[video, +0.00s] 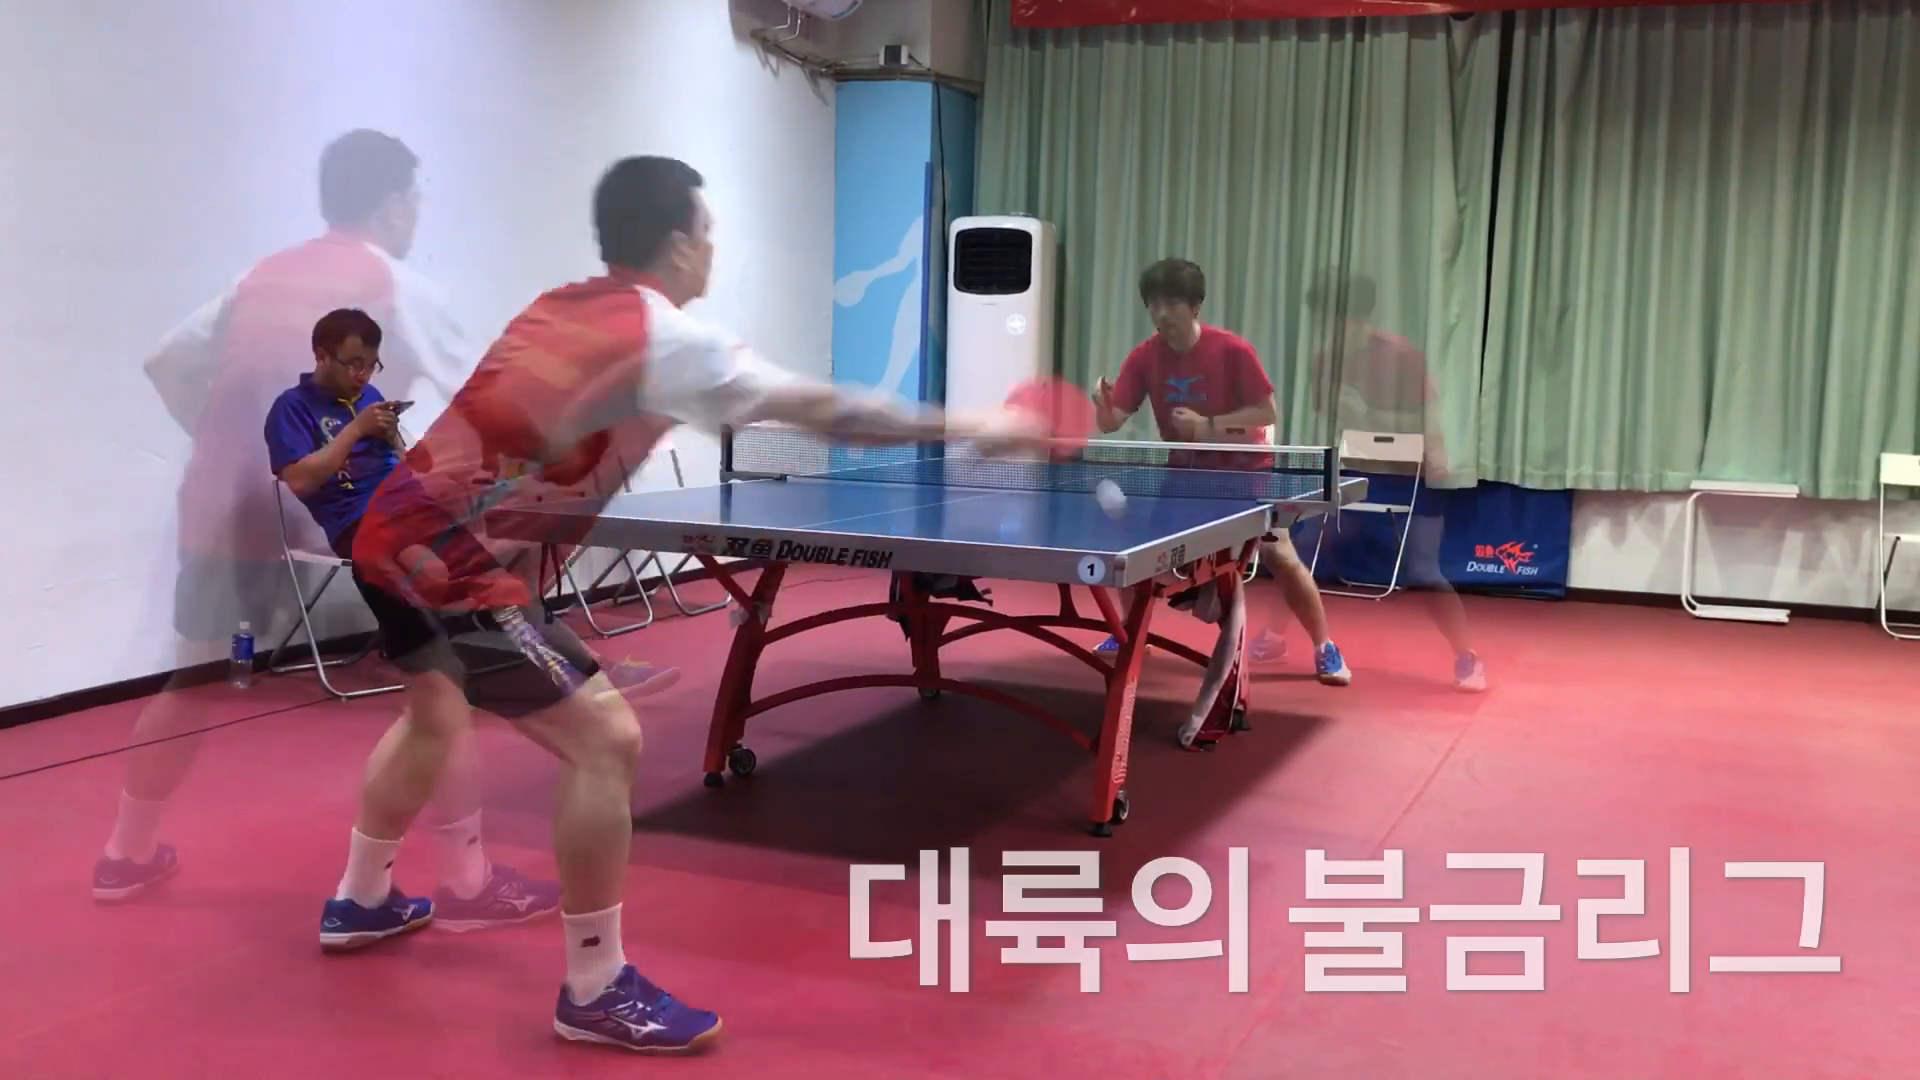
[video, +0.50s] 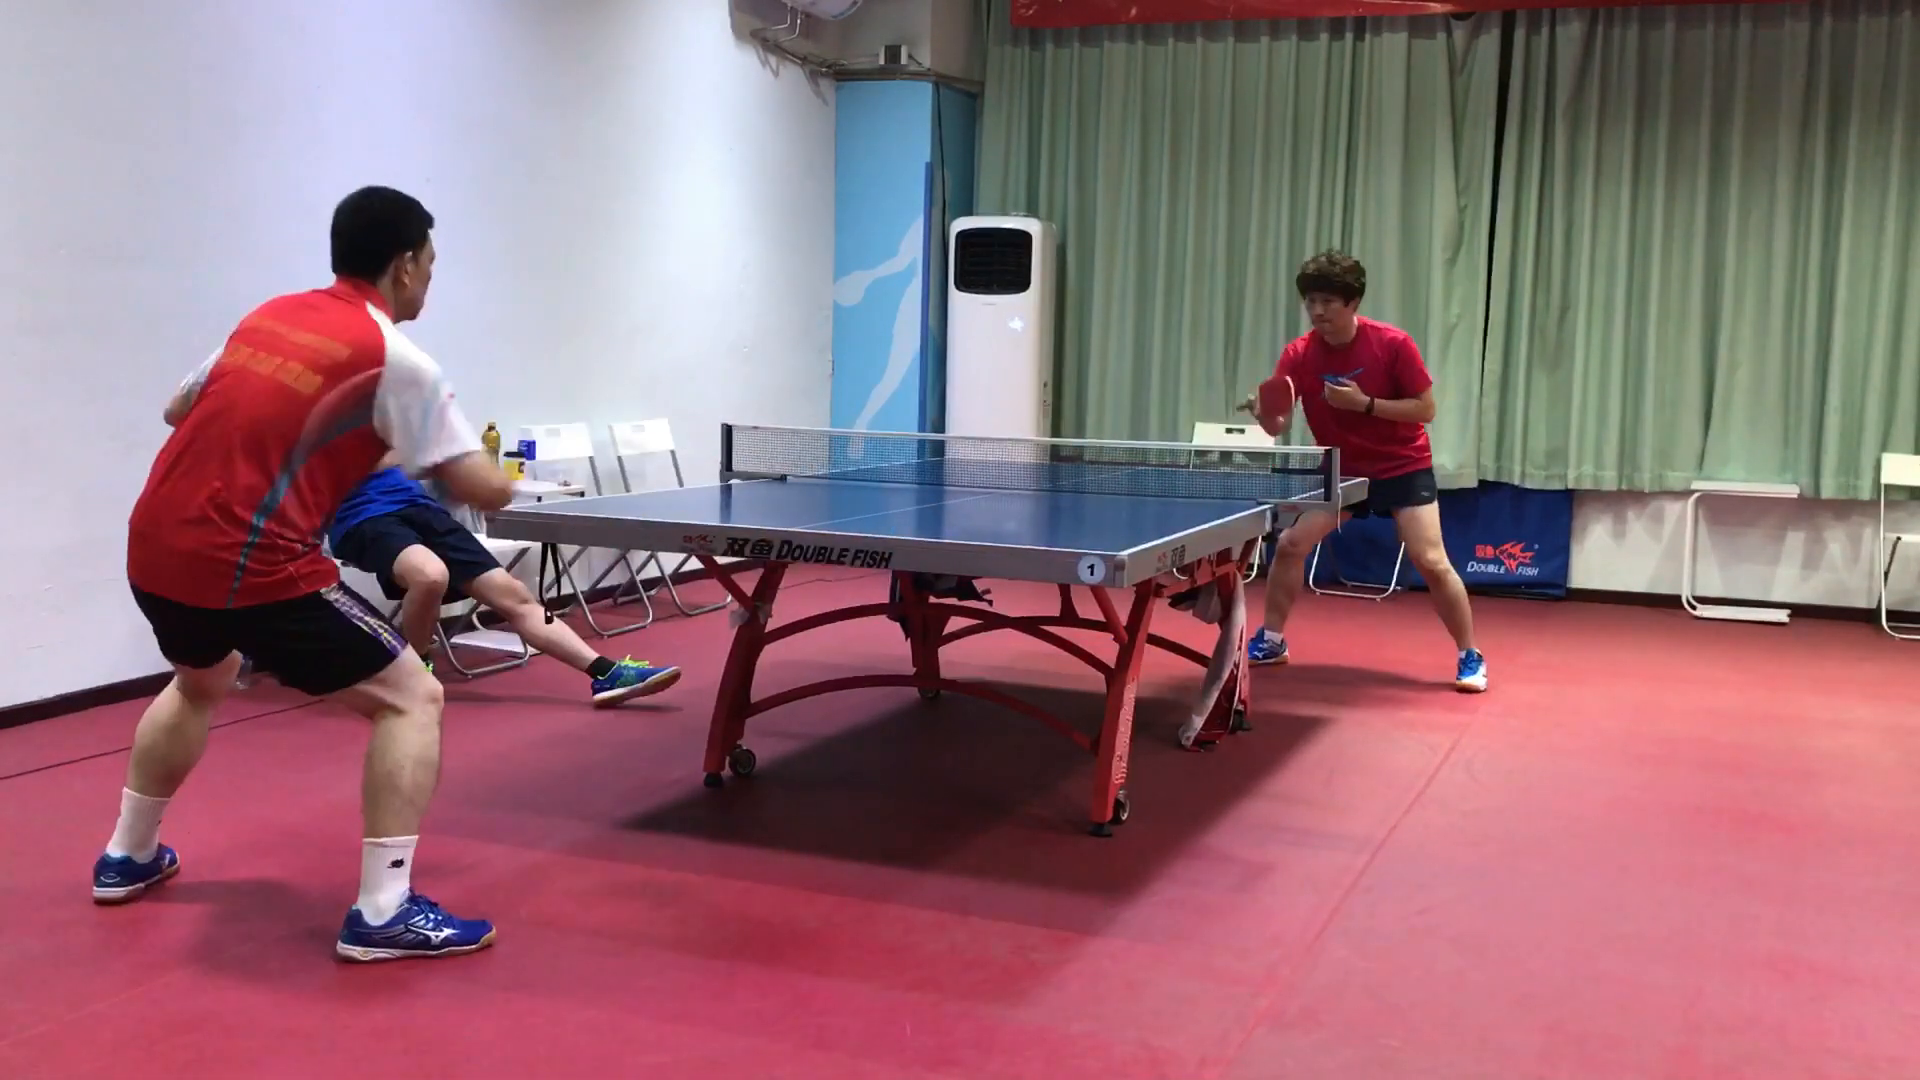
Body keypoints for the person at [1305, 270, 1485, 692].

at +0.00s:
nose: (1334, 328)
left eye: (1341, 317)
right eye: (1327, 317)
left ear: (1361, 312)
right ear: (1323, 317)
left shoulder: (1404, 358)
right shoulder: (1324, 363)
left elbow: (1429, 419)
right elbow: (1321, 422)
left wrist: (1434, 457)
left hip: (1409, 477)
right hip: (1348, 474)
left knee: (1421, 571)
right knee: (1301, 553)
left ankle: (1466, 657)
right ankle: (1272, 638)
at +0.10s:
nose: (1309, 331)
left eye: (1316, 321)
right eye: (1302, 322)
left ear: (1341, 314)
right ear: (1297, 318)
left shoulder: (1390, 352)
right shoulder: (1300, 365)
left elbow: (1421, 418)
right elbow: (1302, 438)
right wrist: (1323, 426)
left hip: (1408, 477)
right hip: (1347, 475)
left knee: (1425, 564)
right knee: (1289, 547)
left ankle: (1466, 655)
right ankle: (1271, 638)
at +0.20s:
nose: (1300, 324)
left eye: (1308, 316)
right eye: (1294, 316)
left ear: (1334, 309)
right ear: (1290, 312)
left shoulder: (1381, 342)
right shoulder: (1285, 358)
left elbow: (1419, 401)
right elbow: (1277, 426)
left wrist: (1360, 402)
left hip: (1401, 464)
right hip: (1339, 467)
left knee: (1428, 554)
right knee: (1290, 544)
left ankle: (1467, 652)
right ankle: (1270, 640)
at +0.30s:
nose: (1297, 318)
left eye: (1306, 308)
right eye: (1292, 308)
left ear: (1333, 303)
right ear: (1287, 306)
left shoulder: (1378, 338)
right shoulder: (1286, 349)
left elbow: (1416, 396)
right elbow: (1264, 411)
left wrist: (1360, 397)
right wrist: (1249, 385)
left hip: (1397, 463)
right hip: (1334, 466)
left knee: (1429, 552)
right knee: (1288, 543)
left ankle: (1468, 651)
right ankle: (1271, 640)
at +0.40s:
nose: (1304, 312)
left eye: (1315, 302)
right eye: (1298, 302)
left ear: (1340, 300)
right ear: (1291, 302)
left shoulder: (1382, 340)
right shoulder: (1289, 351)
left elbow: (1416, 401)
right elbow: (1266, 417)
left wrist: (1360, 399)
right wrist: (1257, 392)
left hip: (1397, 464)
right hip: (1333, 468)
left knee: (1430, 556)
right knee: (1285, 545)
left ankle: (1469, 651)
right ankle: (1271, 640)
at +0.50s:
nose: (1317, 310)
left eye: (1328, 301)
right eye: (1311, 301)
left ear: (1353, 303)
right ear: (1304, 302)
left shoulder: (1392, 344)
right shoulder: (1297, 355)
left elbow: (1426, 409)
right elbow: (1276, 428)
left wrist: (1366, 403)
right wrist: (1266, 410)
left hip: (1404, 471)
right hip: (1340, 473)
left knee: (1432, 562)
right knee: (1290, 544)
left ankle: (1469, 655)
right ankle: (1270, 640)